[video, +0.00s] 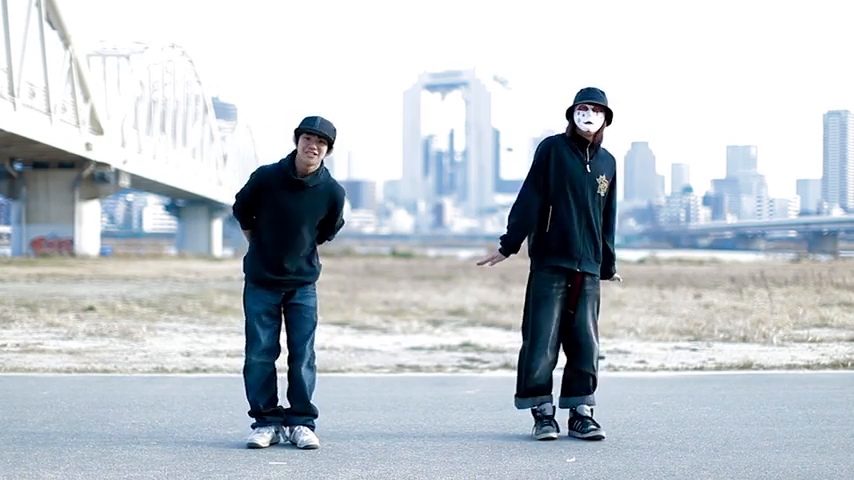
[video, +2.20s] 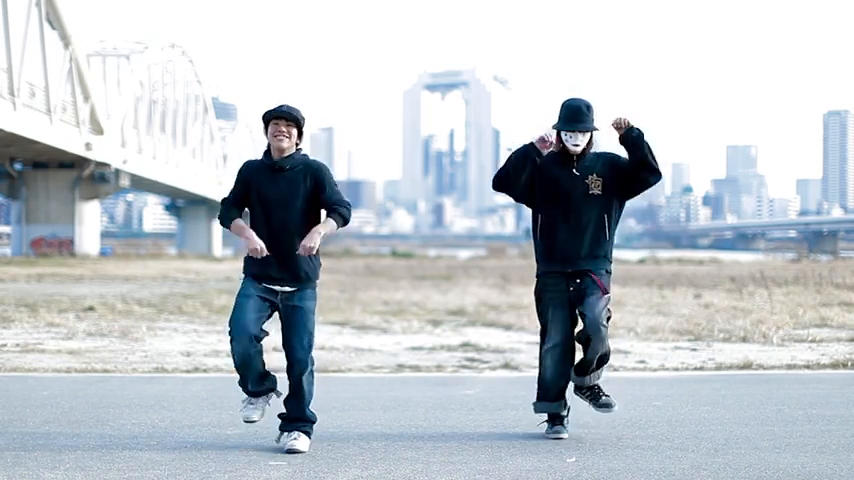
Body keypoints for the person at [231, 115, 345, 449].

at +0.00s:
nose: (312, 147)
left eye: (320, 143)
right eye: (308, 140)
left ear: (327, 150)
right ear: (297, 141)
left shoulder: (332, 192)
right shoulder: (265, 177)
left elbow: (328, 230)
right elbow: (241, 209)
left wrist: (300, 245)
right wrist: (260, 241)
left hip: (303, 281)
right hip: (261, 280)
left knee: (303, 353)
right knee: (260, 352)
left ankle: (301, 423)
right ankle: (266, 423)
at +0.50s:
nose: (256, 139)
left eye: (261, 133)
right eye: (249, 135)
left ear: (274, 137)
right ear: (244, 143)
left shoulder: (303, 173)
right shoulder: (243, 187)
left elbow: (328, 216)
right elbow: (250, 230)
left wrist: (314, 245)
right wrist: (277, 246)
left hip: (306, 282)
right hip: (266, 283)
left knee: (301, 356)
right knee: (259, 356)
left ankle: (302, 425)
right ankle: (266, 424)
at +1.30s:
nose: (287, 134)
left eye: (293, 129)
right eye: (281, 129)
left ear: (303, 134)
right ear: (272, 134)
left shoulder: (320, 171)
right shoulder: (255, 170)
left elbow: (336, 210)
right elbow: (236, 212)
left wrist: (327, 219)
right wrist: (232, 252)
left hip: (305, 280)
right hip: (263, 277)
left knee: (309, 355)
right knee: (253, 333)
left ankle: (302, 424)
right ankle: (266, 388)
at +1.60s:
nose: (271, 141)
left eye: (278, 136)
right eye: (266, 134)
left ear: (290, 141)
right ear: (258, 138)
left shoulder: (307, 178)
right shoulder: (246, 181)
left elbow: (332, 216)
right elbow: (233, 230)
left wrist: (324, 258)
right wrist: (232, 190)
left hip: (298, 285)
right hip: (257, 287)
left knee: (301, 358)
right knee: (256, 360)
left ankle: (302, 424)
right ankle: (260, 425)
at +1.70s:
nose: (271, 134)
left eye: (278, 130)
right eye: (266, 128)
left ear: (289, 136)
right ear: (257, 133)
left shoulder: (306, 170)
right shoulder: (240, 172)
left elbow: (336, 201)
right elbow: (221, 219)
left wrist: (330, 236)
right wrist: (219, 188)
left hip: (298, 275)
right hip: (256, 280)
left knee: (308, 330)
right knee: (255, 355)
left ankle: (298, 385)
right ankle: (261, 423)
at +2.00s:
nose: (283, 128)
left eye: (290, 122)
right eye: (278, 121)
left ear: (300, 128)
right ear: (267, 125)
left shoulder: (312, 168)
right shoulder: (248, 160)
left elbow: (321, 217)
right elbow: (231, 206)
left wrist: (333, 191)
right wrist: (221, 247)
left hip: (297, 268)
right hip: (257, 268)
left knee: (293, 343)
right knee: (256, 345)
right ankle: (261, 420)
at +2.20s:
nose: (280, 133)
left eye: (287, 129)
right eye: (275, 128)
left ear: (298, 136)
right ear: (266, 133)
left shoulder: (315, 171)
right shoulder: (251, 171)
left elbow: (341, 211)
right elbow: (226, 214)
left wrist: (319, 230)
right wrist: (248, 234)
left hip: (301, 283)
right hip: (258, 279)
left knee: (299, 358)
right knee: (241, 334)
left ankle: (297, 428)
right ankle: (259, 390)